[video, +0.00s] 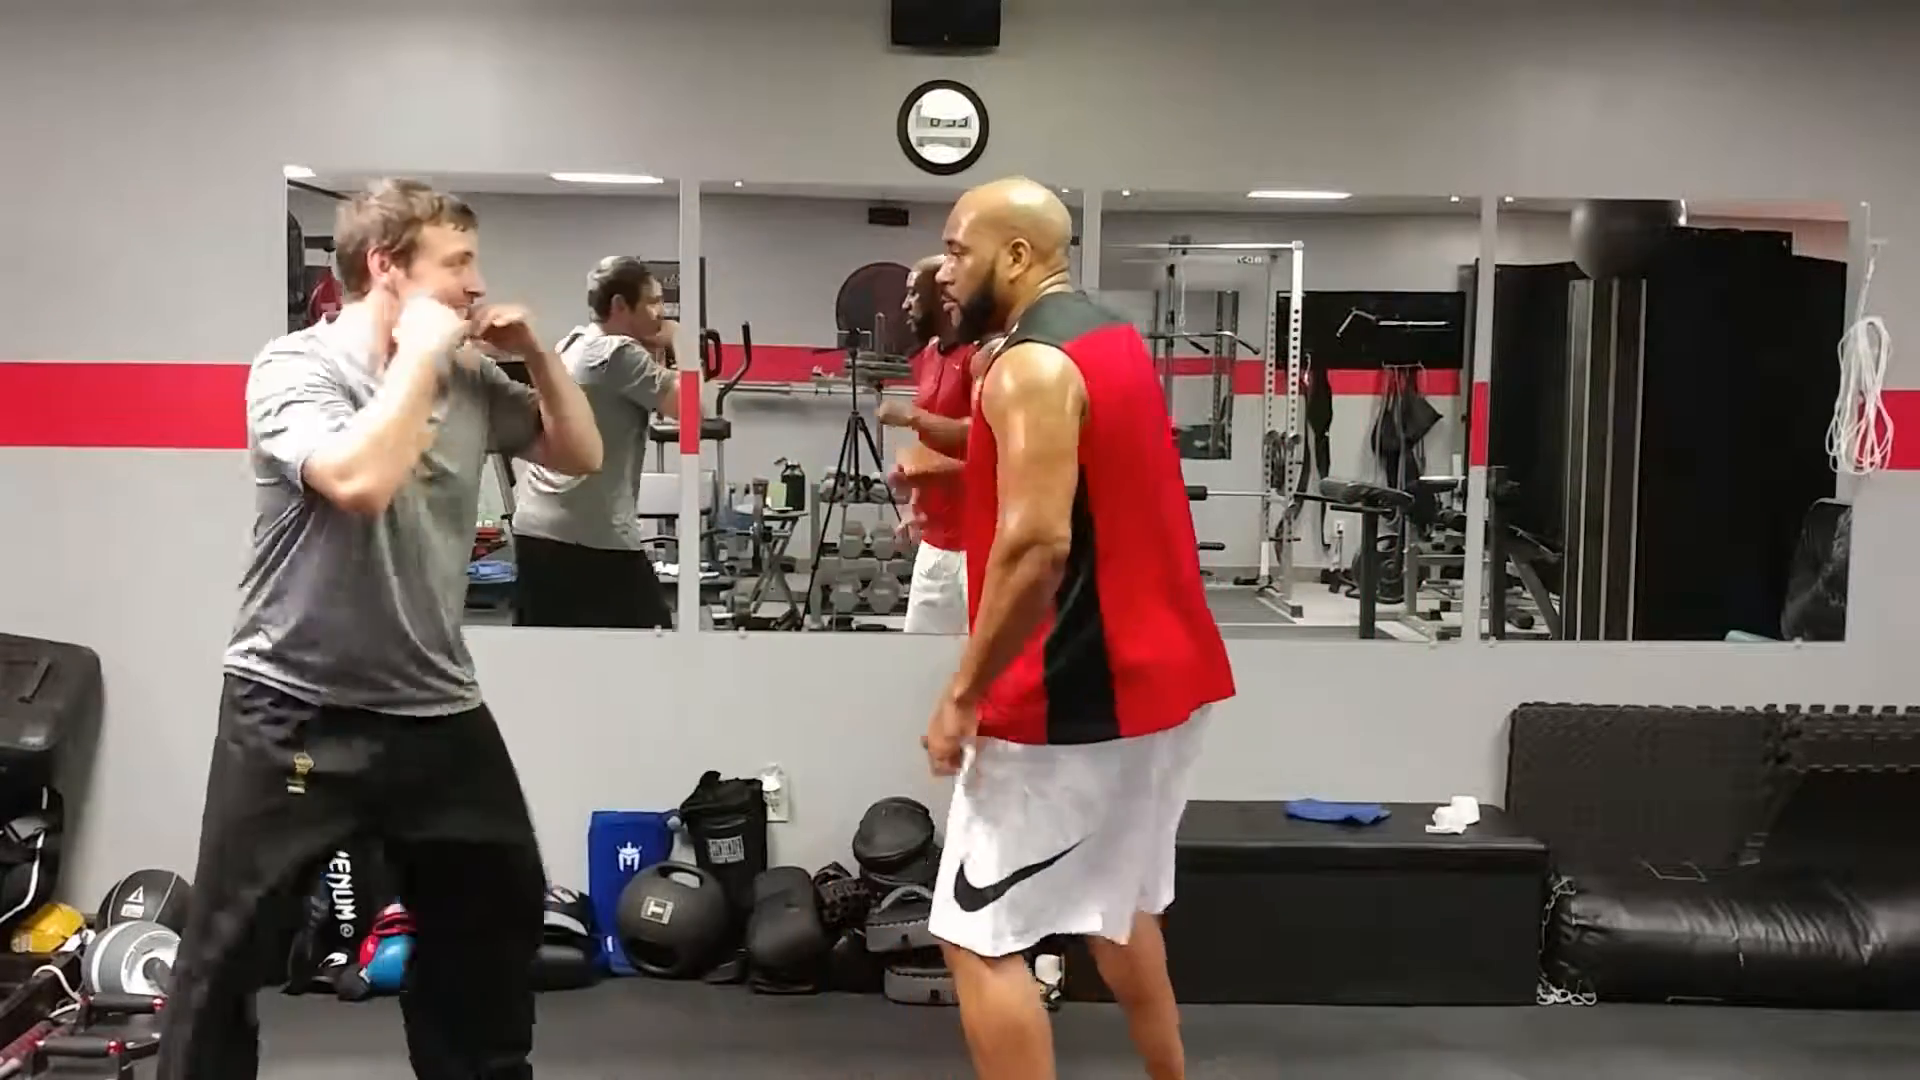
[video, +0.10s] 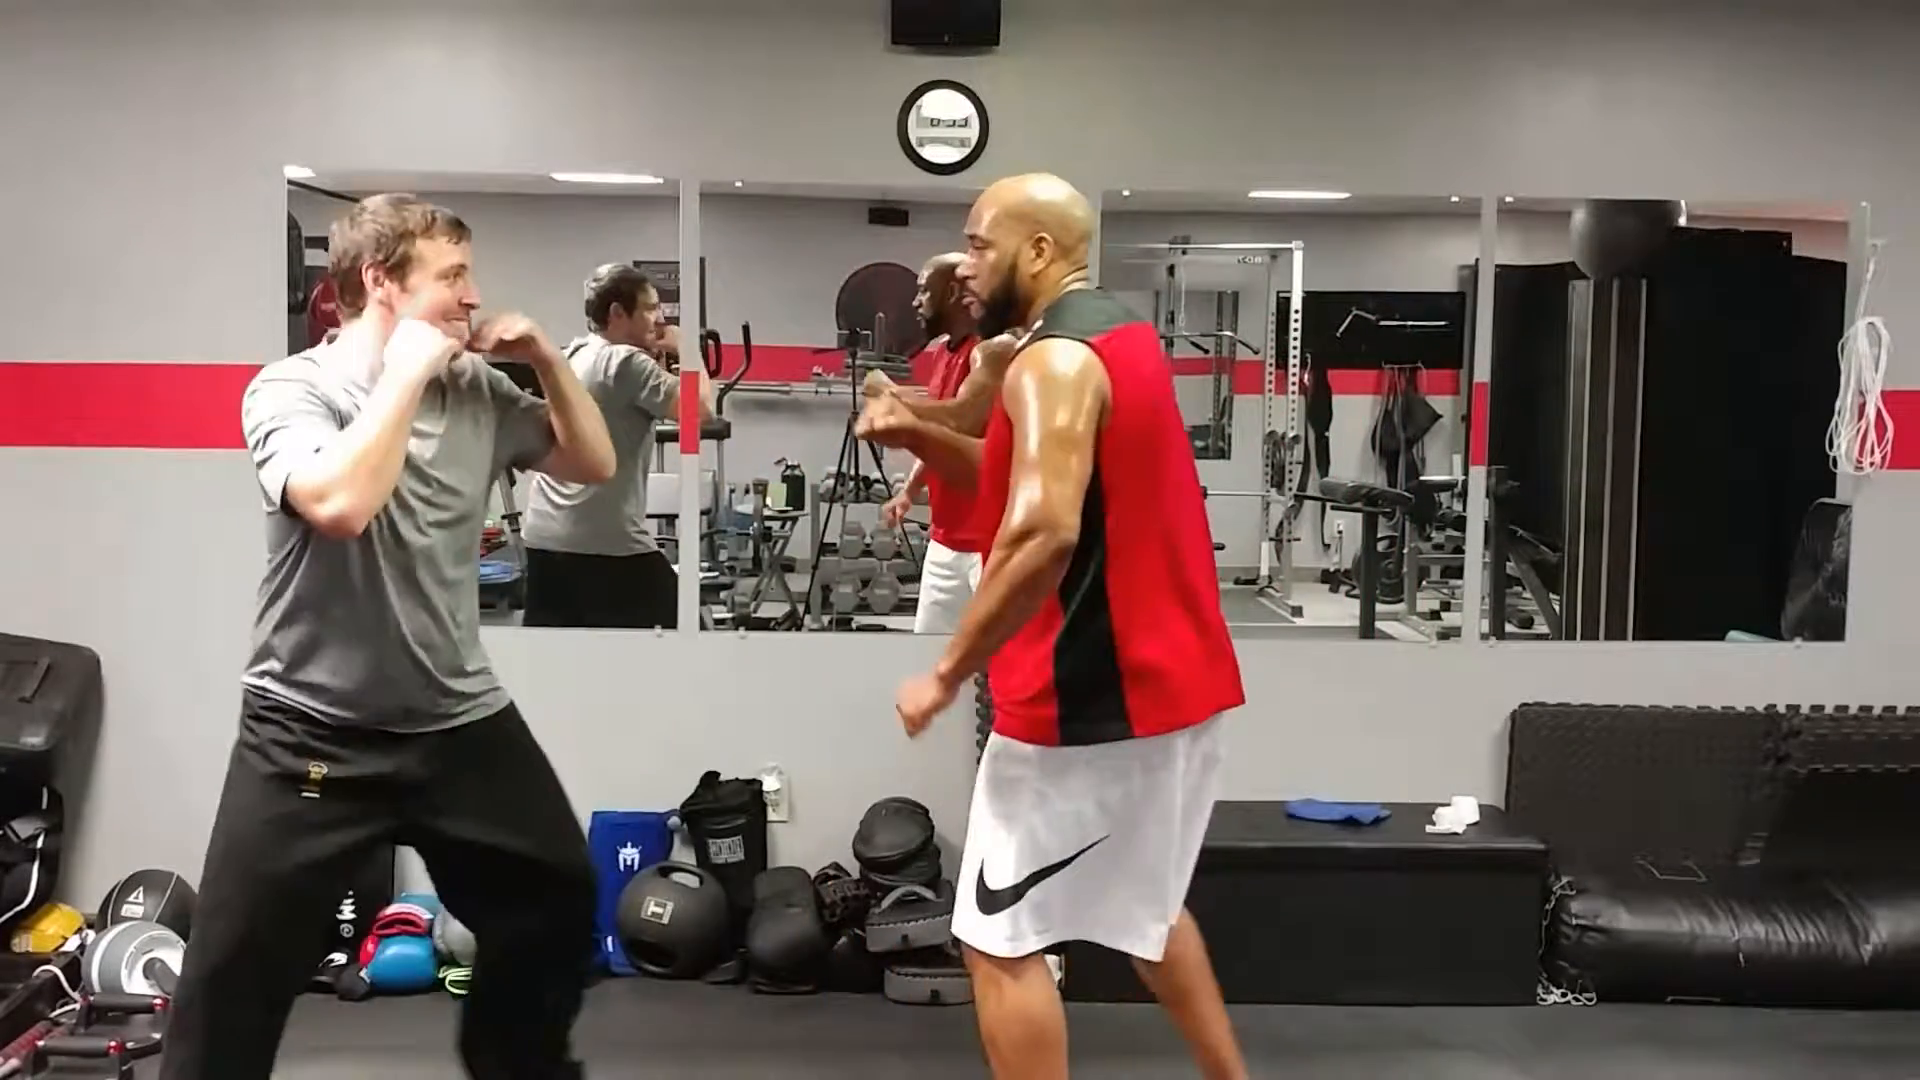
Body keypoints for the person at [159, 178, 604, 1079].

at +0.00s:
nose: (474, 286)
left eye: (475, 267)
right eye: (455, 267)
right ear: (384, 271)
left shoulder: (466, 375)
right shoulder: (292, 370)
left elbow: (577, 456)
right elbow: (357, 479)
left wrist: (541, 356)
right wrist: (421, 352)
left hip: (439, 710)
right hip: (289, 710)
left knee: (495, 927)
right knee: (225, 957)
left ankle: (481, 1073)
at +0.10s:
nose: (469, 298)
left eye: (469, 279)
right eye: (451, 278)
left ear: (391, 285)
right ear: (378, 284)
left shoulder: (476, 389)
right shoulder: (288, 390)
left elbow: (591, 464)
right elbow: (339, 505)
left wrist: (549, 362)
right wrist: (410, 370)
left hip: (464, 726)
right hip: (305, 732)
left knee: (555, 902)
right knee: (228, 976)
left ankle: (515, 1063)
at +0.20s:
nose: (501, 311)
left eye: (499, 291)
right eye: (481, 292)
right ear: (412, 304)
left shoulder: (514, 409)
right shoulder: (322, 415)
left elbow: (627, 478)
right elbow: (354, 537)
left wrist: (593, 379)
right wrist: (428, 406)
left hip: (496, 737)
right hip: (340, 746)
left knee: (608, 898)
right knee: (241, 976)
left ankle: (631, 1069)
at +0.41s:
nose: (650, 309)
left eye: (644, 295)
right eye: (625, 295)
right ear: (561, 322)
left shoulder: (619, 405)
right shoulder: (572, 393)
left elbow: (699, 517)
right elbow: (761, 372)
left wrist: (706, 411)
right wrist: (910, 348)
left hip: (625, 739)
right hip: (508, 739)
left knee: (733, 915)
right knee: (389, 958)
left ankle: (816, 1062)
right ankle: (277, 1068)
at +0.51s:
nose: (733, 329)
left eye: (729, 313)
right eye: (714, 314)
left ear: (658, 343)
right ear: (652, 338)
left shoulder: (643, 427)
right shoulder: (692, 419)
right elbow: (864, 438)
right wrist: (1016, 427)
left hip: (682, 749)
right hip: (579, 744)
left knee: (805, 939)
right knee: (473, 979)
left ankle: (849, 1073)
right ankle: (359, 1075)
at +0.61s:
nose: (802, 327)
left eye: (797, 309)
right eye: (779, 310)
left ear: (724, 335)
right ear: (714, 331)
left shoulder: (733, 411)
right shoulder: (719, 415)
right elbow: (891, 487)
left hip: (696, 731)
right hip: (618, 719)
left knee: (818, 914)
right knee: (527, 983)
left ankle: (860, 1070)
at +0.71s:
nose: (838, 336)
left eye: (837, 320)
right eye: (818, 319)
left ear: (764, 333)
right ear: (751, 329)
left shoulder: (767, 426)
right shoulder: (728, 412)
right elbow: (882, 538)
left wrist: (853, 480)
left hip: (695, 695)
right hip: (611, 673)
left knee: (809, 925)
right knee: (568, 953)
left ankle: (861, 1071)